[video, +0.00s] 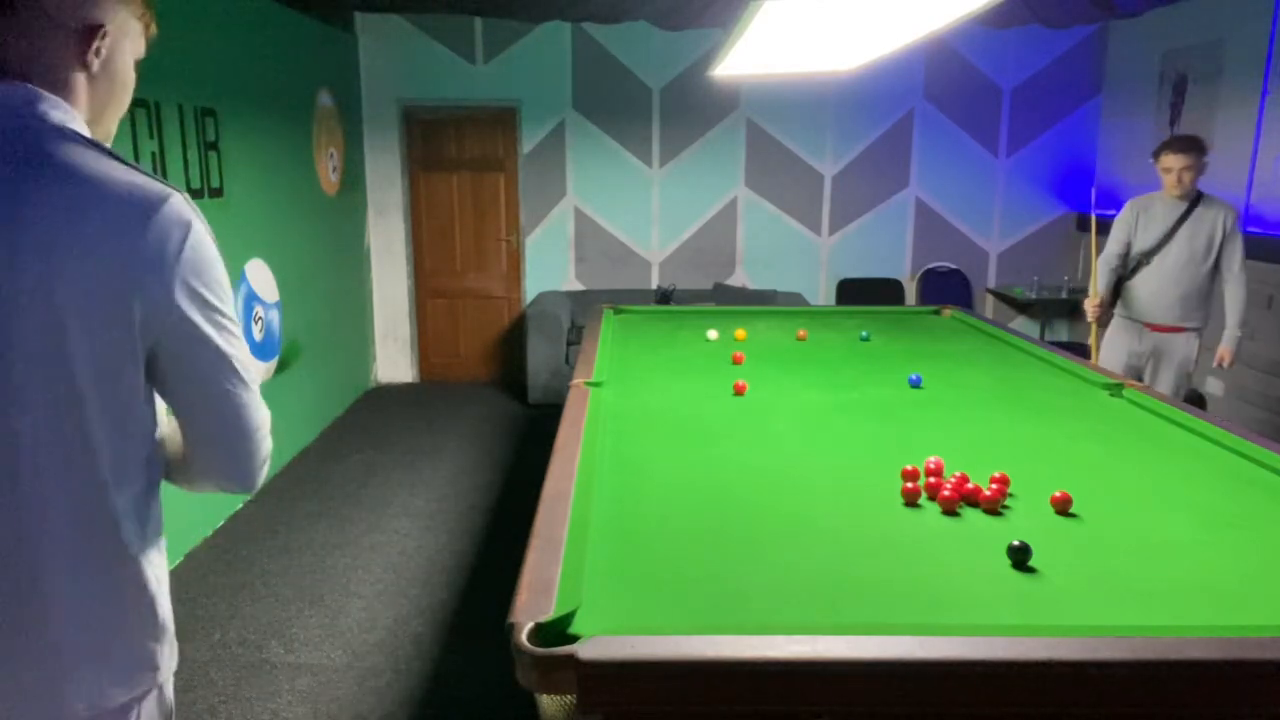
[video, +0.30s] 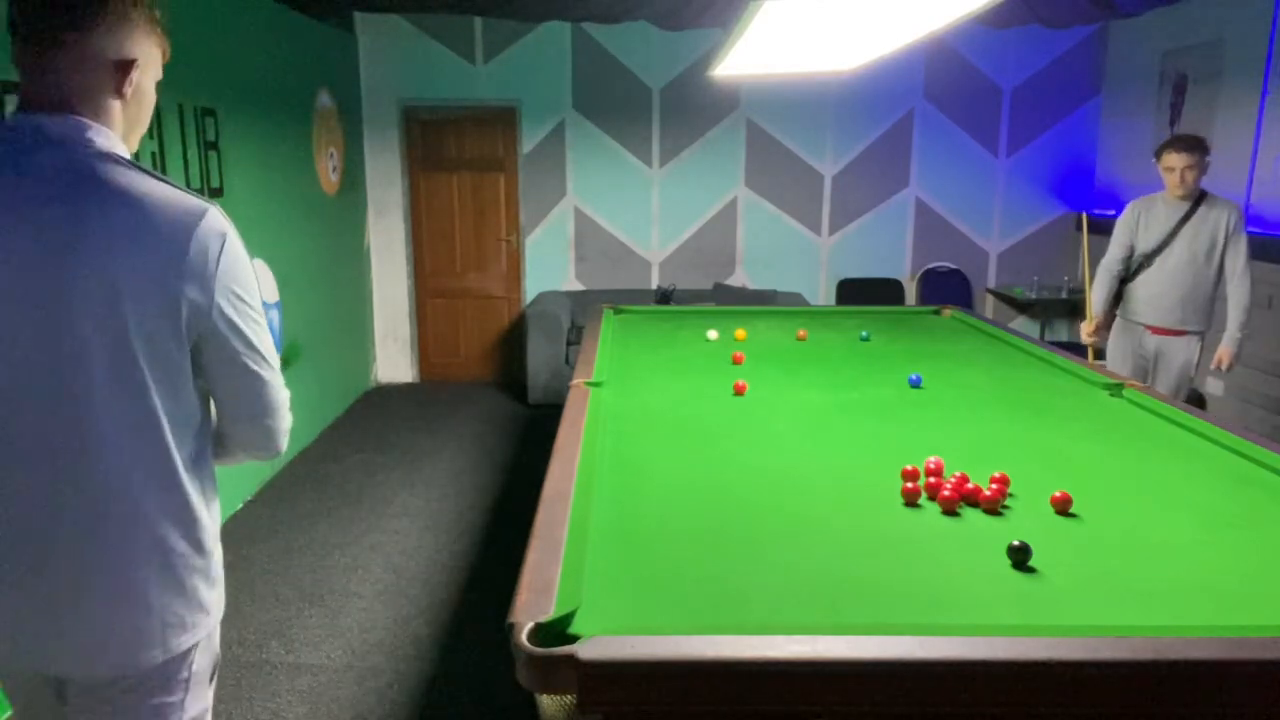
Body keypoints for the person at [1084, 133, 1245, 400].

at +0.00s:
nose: (1176, 178)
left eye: (1185, 170)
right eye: (1168, 170)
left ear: (1200, 170)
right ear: (1158, 170)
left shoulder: (1222, 217)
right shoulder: (1135, 209)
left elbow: (1234, 280)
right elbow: (1110, 258)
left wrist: (1230, 338)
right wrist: (1098, 296)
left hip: (1178, 340)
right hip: (1125, 330)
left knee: (1159, 425)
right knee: (1100, 410)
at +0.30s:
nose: (1179, 178)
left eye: (1188, 169)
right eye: (1170, 170)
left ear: (1203, 169)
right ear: (1160, 170)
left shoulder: (1226, 216)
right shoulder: (1137, 211)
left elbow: (1238, 283)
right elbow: (1111, 266)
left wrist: (1230, 340)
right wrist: (1096, 315)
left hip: (1181, 343)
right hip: (1128, 334)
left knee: (1161, 428)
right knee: (1115, 421)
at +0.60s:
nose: (1160, 177)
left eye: (1169, 168)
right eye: (1151, 169)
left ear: (1182, 169)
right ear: (1138, 169)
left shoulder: (1203, 215)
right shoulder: (1114, 212)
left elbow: (1212, 281)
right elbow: (1089, 270)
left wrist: (1204, 339)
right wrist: (1090, 321)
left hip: (1175, 345)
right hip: (1118, 341)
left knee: (1163, 434)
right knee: (1109, 430)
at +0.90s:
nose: (1147, 177)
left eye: (1155, 168)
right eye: (1137, 169)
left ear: (1169, 169)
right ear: (1124, 170)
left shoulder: (1190, 217)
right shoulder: (1098, 215)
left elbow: (1200, 282)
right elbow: (1074, 274)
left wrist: (1193, 337)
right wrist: (1081, 324)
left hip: (1166, 349)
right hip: (1106, 347)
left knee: (1173, 438)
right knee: (1100, 438)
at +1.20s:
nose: (1145, 185)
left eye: (1155, 176)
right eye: (1136, 177)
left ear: (1176, 171)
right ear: (1129, 174)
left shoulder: (1200, 222)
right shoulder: (1107, 216)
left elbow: (1212, 290)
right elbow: (1083, 273)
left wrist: (1180, 339)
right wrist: (1081, 326)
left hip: (1163, 354)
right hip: (1106, 349)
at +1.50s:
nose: (1154, 187)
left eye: (1165, 178)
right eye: (1149, 178)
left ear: (1192, 172)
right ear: (1144, 172)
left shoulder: (1217, 222)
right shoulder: (1131, 212)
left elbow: (1228, 297)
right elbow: (1106, 274)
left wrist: (1174, 340)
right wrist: (1088, 328)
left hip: (1173, 361)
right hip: (1120, 351)